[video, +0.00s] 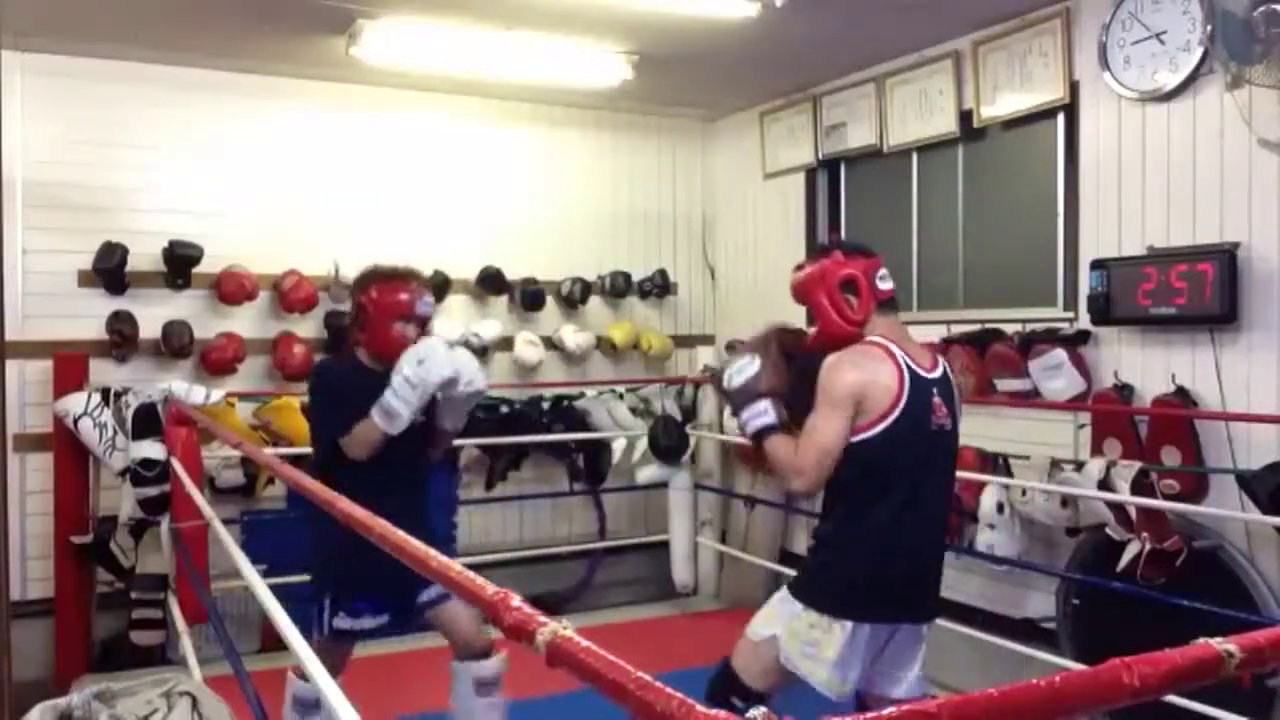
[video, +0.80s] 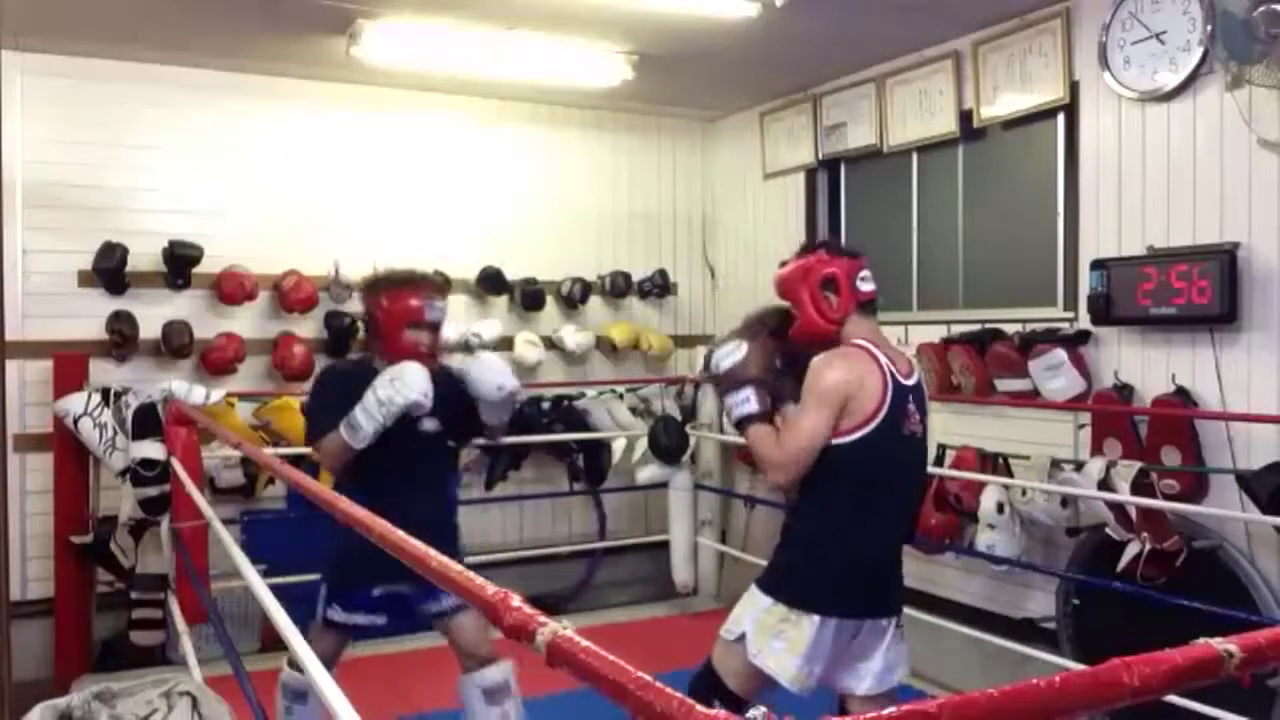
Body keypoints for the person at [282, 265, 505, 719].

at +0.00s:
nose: (413, 333)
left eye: (419, 323)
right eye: (402, 321)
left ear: (425, 325)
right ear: (366, 321)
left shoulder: (411, 375)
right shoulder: (333, 375)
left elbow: (429, 451)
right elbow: (354, 445)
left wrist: (454, 400)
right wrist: (405, 388)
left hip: (411, 544)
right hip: (348, 546)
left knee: (474, 641)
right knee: (324, 667)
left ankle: (478, 714)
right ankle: (300, 712)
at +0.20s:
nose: (428, 349)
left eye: (435, 338)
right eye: (417, 337)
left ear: (441, 343)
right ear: (386, 338)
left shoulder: (444, 395)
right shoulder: (351, 397)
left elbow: (475, 454)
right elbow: (360, 470)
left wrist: (493, 426)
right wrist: (412, 418)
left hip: (443, 558)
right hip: (377, 562)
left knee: (494, 665)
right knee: (340, 673)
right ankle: (310, 714)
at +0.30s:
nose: (446, 339)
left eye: (453, 329)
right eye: (434, 327)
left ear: (460, 334)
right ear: (401, 330)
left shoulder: (468, 384)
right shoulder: (362, 388)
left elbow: (507, 427)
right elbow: (350, 467)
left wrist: (533, 407)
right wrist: (396, 414)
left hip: (456, 561)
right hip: (384, 563)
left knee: (499, 662)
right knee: (350, 663)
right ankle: (311, 711)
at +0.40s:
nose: (461, 339)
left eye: (469, 327)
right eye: (449, 327)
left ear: (476, 328)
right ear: (414, 327)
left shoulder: (490, 376)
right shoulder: (375, 380)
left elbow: (556, 373)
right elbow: (364, 455)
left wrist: (596, 358)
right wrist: (395, 396)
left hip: (461, 551)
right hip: (387, 550)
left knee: (495, 662)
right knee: (340, 662)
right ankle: (308, 715)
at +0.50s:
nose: (464, 341)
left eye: (472, 329)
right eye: (452, 328)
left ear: (480, 331)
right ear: (416, 327)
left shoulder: (486, 379)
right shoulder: (378, 385)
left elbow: (545, 379)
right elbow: (359, 462)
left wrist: (590, 358)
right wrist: (390, 403)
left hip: (463, 553)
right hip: (389, 552)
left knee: (501, 669)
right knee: (335, 666)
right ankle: (306, 708)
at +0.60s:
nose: (457, 360)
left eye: (466, 348)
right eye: (446, 346)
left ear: (476, 352)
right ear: (413, 344)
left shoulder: (481, 402)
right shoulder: (372, 401)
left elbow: (526, 443)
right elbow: (344, 477)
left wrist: (544, 409)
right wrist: (375, 423)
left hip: (466, 563)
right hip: (392, 565)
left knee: (516, 670)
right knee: (338, 668)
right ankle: (304, 710)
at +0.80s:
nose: (427, 340)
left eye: (434, 329)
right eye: (416, 328)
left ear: (442, 330)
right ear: (382, 325)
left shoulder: (444, 383)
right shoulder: (342, 380)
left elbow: (486, 432)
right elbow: (329, 456)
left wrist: (496, 402)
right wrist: (377, 406)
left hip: (434, 550)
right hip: (360, 551)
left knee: (481, 649)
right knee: (321, 653)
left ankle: (498, 713)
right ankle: (294, 712)